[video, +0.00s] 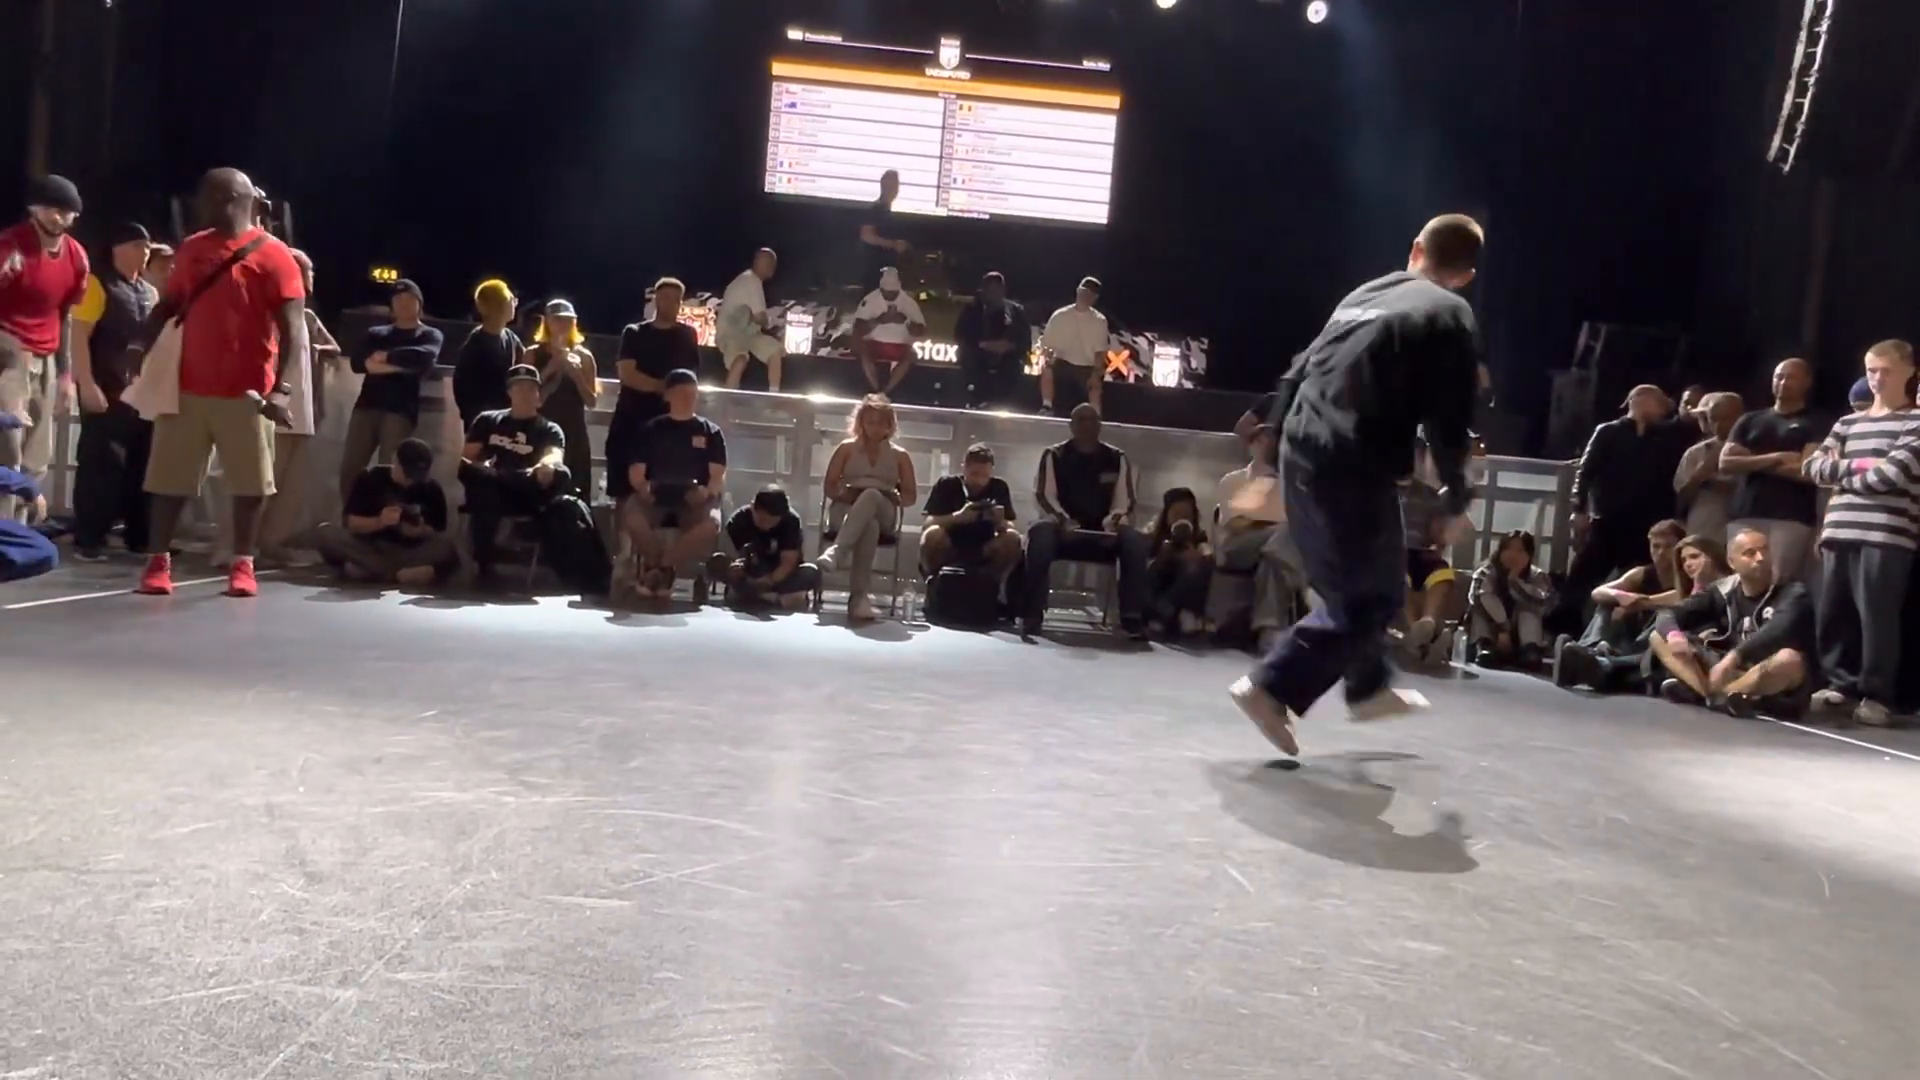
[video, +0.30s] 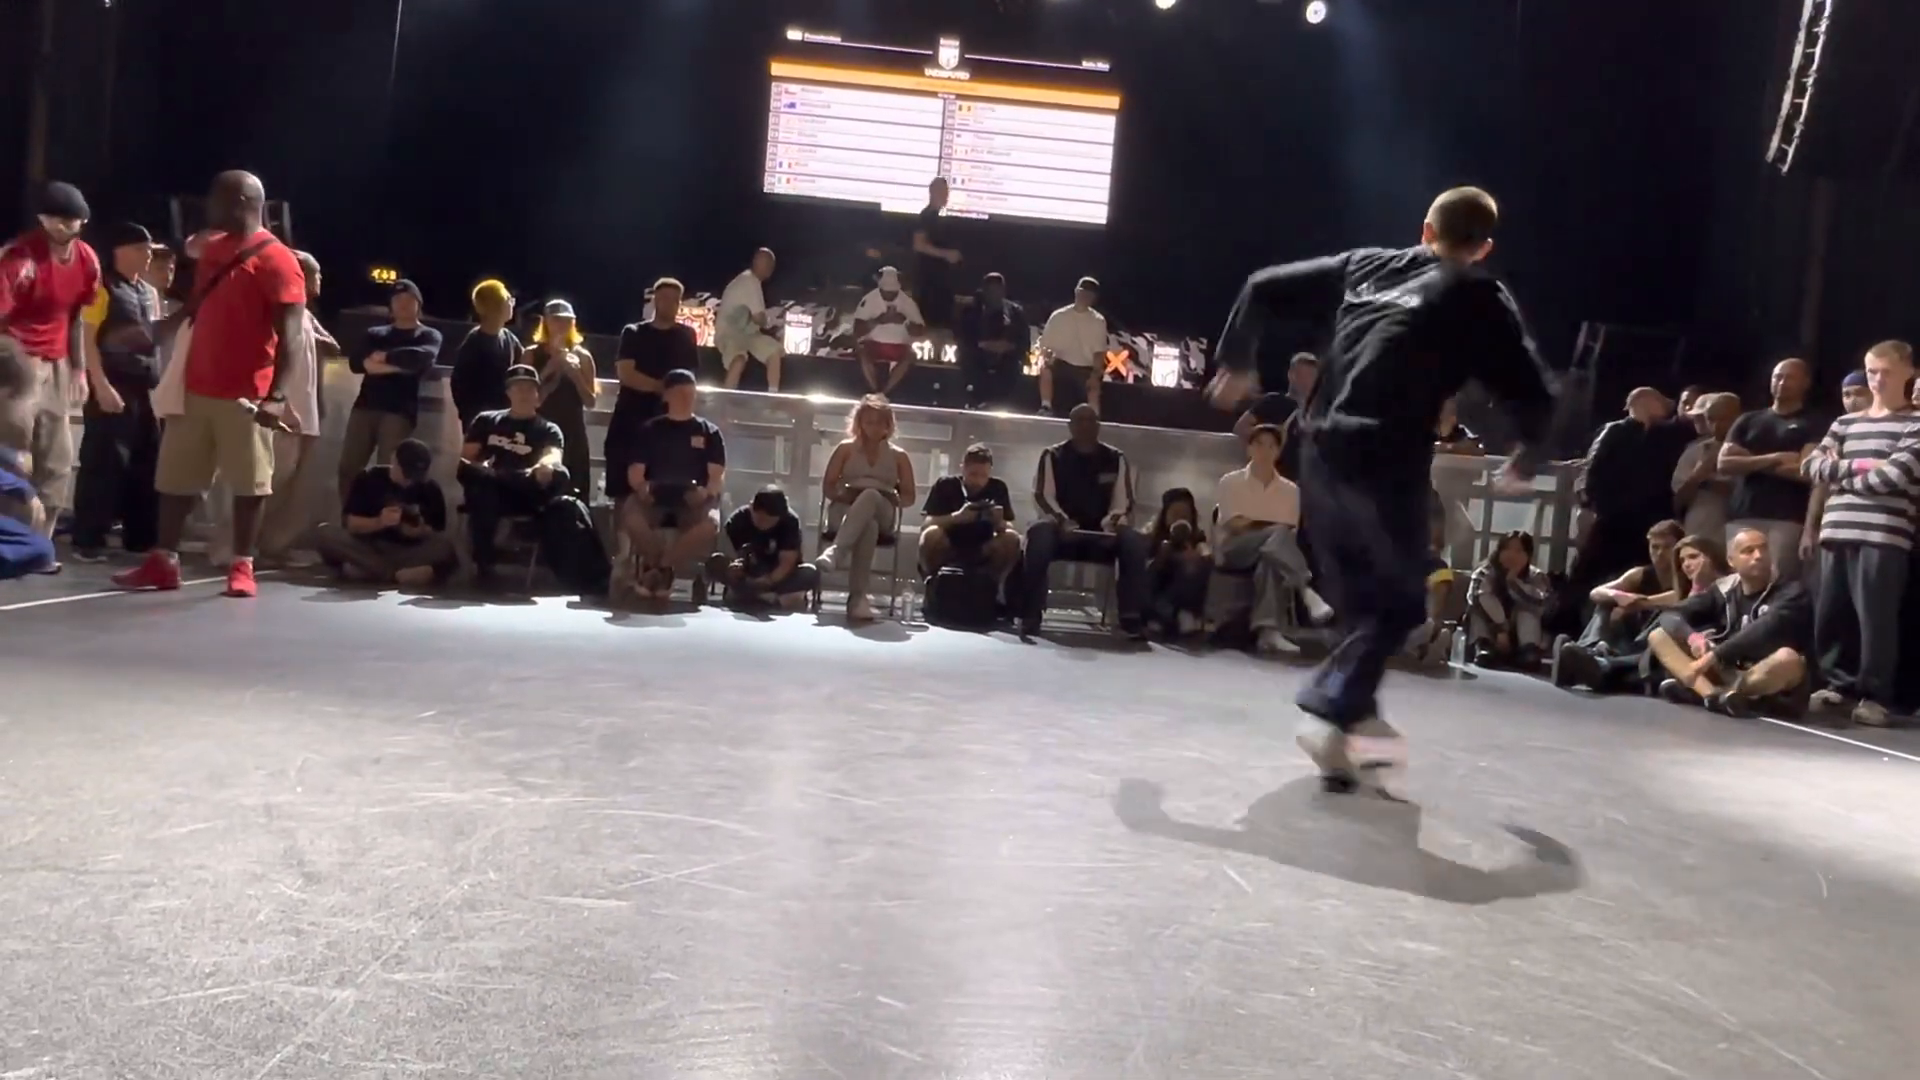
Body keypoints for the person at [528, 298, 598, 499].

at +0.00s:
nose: (563, 324)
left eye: (567, 319)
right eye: (557, 319)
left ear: (573, 323)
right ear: (547, 322)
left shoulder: (584, 356)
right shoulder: (533, 354)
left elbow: (591, 401)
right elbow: (529, 397)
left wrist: (575, 373)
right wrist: (553, 366)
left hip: (574, 428)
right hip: (541, 429)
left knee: (578, 490)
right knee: (540, 490)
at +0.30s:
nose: (561, 325)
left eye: (566, 320)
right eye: (556, 319)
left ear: (572, 324)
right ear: (546, 322)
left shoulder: (583, 357)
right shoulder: (532, 354)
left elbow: (590, 401)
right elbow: (529, 399)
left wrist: (574, 373)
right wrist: (552, 368)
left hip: (573, 430)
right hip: (540, 430)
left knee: (576, 492)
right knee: (539, 492)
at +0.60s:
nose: (562, 327)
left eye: (567, 321)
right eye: (556, 321)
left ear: (572, 325)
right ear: (546, 323)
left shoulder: (584, 357)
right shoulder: (532, 355)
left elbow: (591, 401)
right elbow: (529, 399)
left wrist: (575, 372)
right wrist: (553, 366)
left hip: (573, 431)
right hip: (540, 431)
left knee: (576, 493)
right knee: (539, 493)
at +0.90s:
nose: (560, 329)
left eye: (566, 323)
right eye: (554, 323)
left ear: (573, 326)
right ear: (545, 325)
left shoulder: (583, 356)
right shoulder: (531, 354)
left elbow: (589, 397)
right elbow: (528, 398)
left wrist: (577, 363)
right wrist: (548, 360)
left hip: (572, 429)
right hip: (539, 428)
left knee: (576, 490)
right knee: (537, 490)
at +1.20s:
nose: (559, 326)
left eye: (565, 321)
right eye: (554, 321)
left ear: (572, 324)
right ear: (545, 324)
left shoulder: (582, 356)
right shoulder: (532, 353)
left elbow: (587, 388)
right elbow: (526, 389)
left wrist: (576, 352)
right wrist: (545, 355)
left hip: (572, 429)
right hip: (540, 429)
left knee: (576, 488)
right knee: (539, 487)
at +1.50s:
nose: (558, 326)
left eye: (564, 320)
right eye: (553, 320)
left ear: (571, 323)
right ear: (544, 323)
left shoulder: (583, 355)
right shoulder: (532, 352)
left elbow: (588, 386)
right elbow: (526, 383)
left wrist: (577, 351)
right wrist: (545, 354)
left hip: (571, 424)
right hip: (540, 423)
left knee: (576, 481)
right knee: (539, 479)